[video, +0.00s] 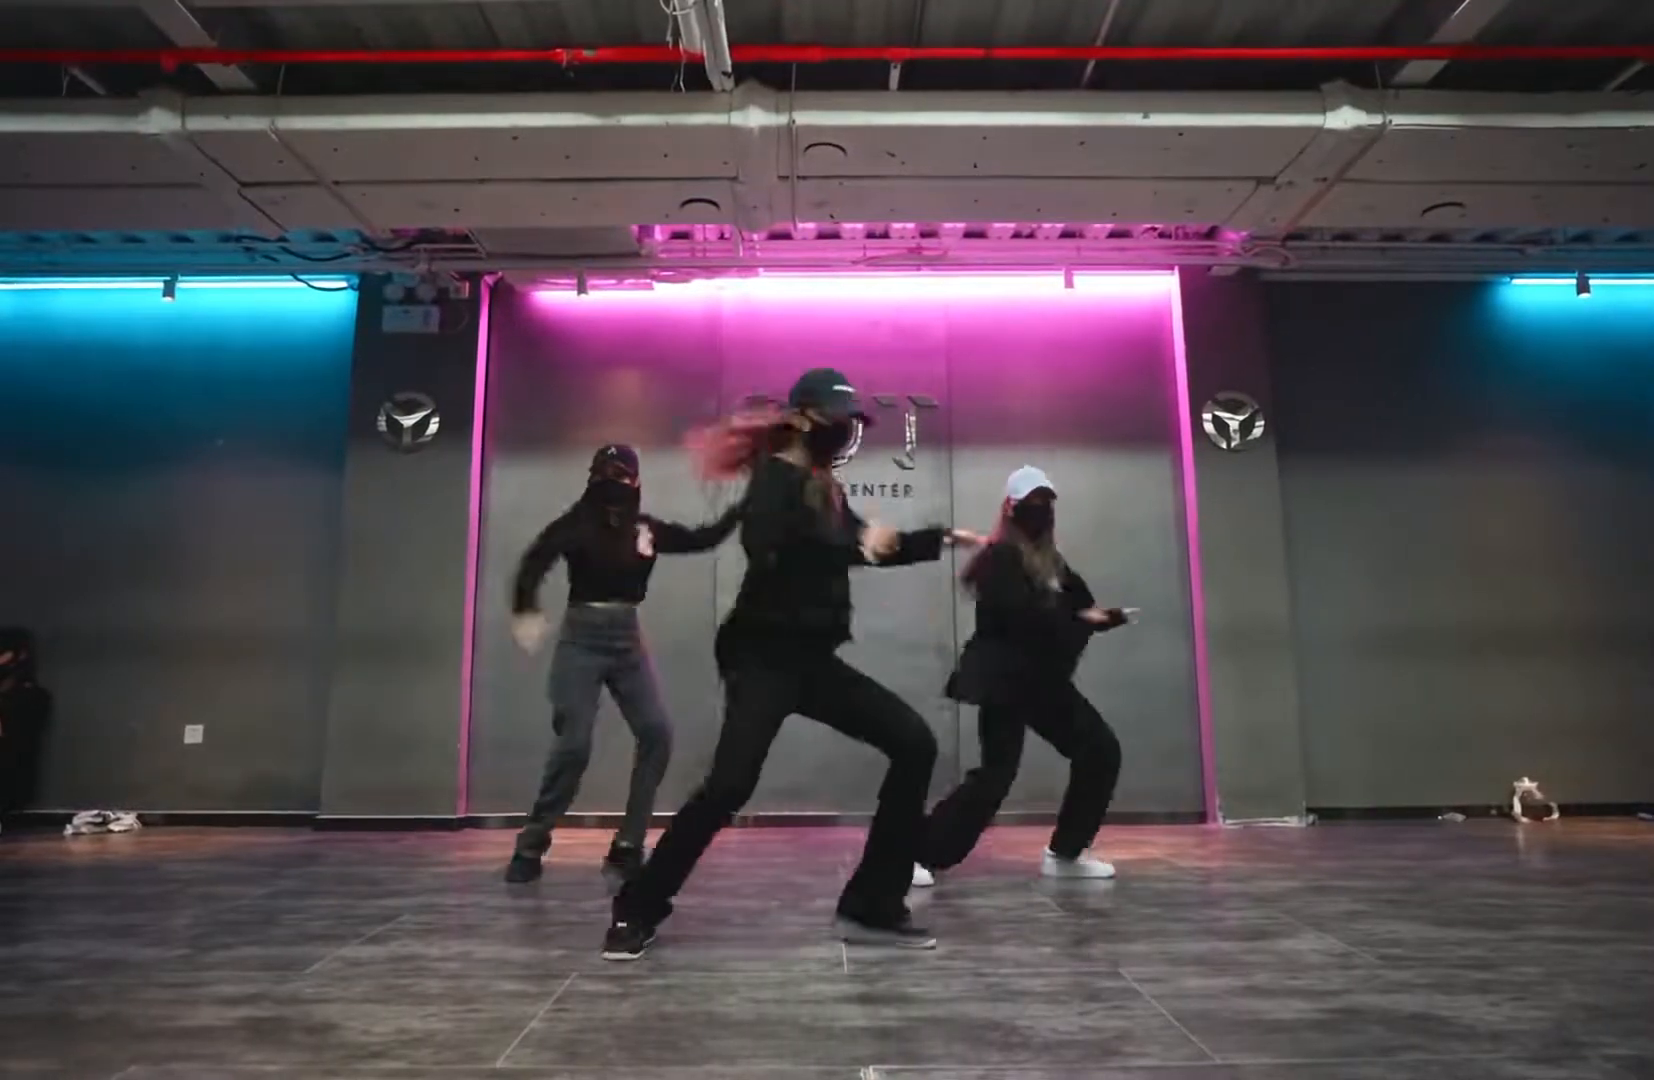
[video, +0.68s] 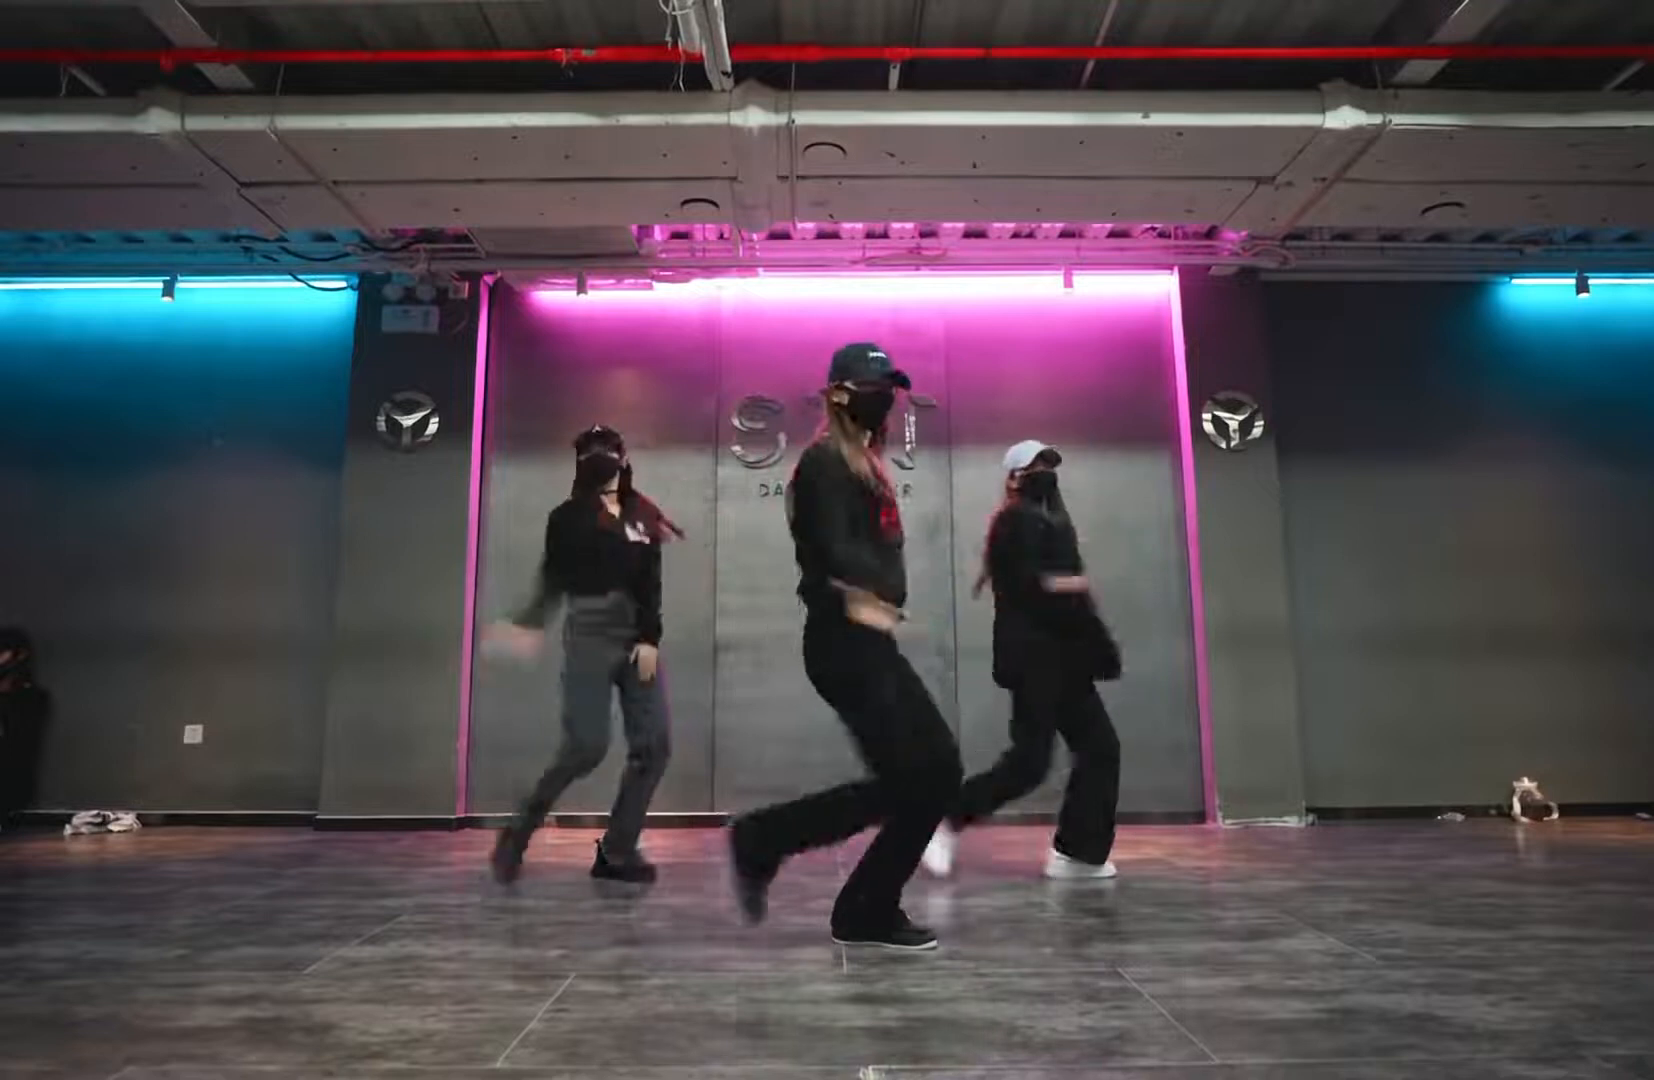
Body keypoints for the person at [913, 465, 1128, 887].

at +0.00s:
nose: (1042, 510)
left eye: (1047, 502)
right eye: (1033, 502)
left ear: (1053, 507)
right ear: (1012, 508)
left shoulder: (1047, 558)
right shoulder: (999, 558)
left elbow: (1076, 600)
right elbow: (1018, 618)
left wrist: (1094, 616)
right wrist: (1078, 619)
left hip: (1043, 683)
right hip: (1003, 682)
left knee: (1100, 751)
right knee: (997, 774)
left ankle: (1066, 853)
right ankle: (921, 853)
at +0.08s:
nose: (1049, 506)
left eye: (1053, 498)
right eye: (1041, 499)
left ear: (1057, 501)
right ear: (1017, 502)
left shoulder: (1046, 550)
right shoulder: (1012, 551)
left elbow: (1076, 601)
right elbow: (1045, 615)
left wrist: (1104, 624)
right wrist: (1112, 623)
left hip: (1044, 679)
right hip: (1022, 681)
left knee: (1102, 751)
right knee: (1011, 774)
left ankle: (1071, 853)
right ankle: (927, 844)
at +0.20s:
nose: (1058, 485)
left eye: (1057, 477)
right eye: (1050, 478)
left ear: (1026, 484)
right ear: (1025, 482)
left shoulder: (1040, 526)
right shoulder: (1023, 525)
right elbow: (1088, 534)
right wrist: (1159, 510)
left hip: (1047, 659)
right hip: (1031, 659)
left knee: (1089, 744)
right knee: (1089, 742)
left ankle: (1075, 853)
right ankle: (1014, 822)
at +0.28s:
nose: (1054, 468)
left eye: (1052, 463)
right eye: (1042, 465)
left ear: (1038, 478)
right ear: (1022, 478)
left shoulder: (1047, 513)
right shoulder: (1030, 514)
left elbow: (1089, 478)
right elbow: (1082, 484)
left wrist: (1105, 419)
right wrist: (1103, 423)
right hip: (1036, 649)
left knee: (1093, 741)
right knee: (1121, 730)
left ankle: (1069, 848)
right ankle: (1113, 837)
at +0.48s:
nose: (1049, 473)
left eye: (1048, 468)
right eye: (1041, 469)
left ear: (1023, 484)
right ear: (1024, 482)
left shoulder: (1035, 513)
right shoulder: (1033, 512)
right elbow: (1088, 480)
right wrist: (1074, 434)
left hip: (1049, 653)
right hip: (1039, 655)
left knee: (1099, 742)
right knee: (1127, 723)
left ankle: (1071, 848)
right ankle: (1122, 837)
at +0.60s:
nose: (1054, 478)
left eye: (1053, 471)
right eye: (1045, 472)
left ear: (1025, 480)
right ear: (1025, 479)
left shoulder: (1041, 515)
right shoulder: (1029, 516)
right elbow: (1081, 556)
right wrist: (1123, 508)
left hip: (1053, 653)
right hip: (1035, 657)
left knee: (1095, 746)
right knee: (1093, 746)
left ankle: (1076, 854)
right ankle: (994, 799)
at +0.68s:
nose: (1049, 479)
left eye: (1050, 471)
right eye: (1038, 473)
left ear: (1049, 473)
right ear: (1017, 479)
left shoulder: (1050, 521)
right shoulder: (1017, 522)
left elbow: (1062, 589)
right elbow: (1021, 582)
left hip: (1058, 659)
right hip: (1033, 660)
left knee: (1100, 750)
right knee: (1029, 762)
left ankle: (1076, 854)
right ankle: (947, 819)